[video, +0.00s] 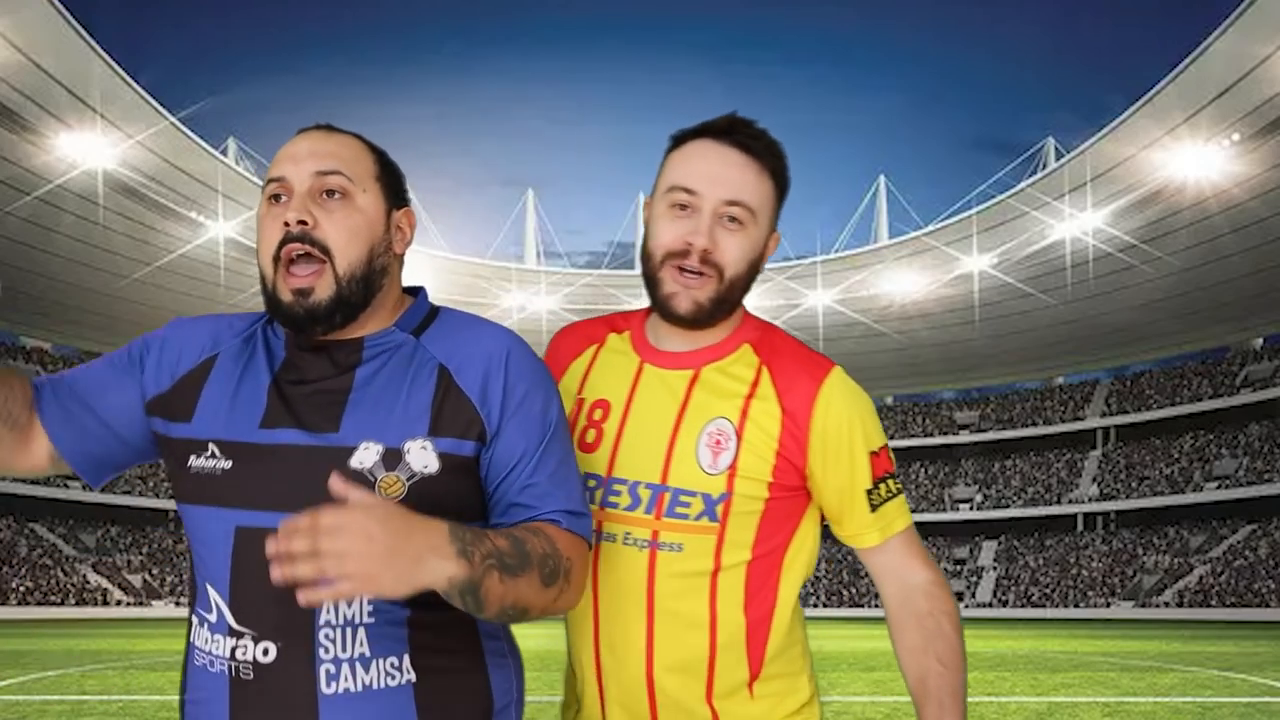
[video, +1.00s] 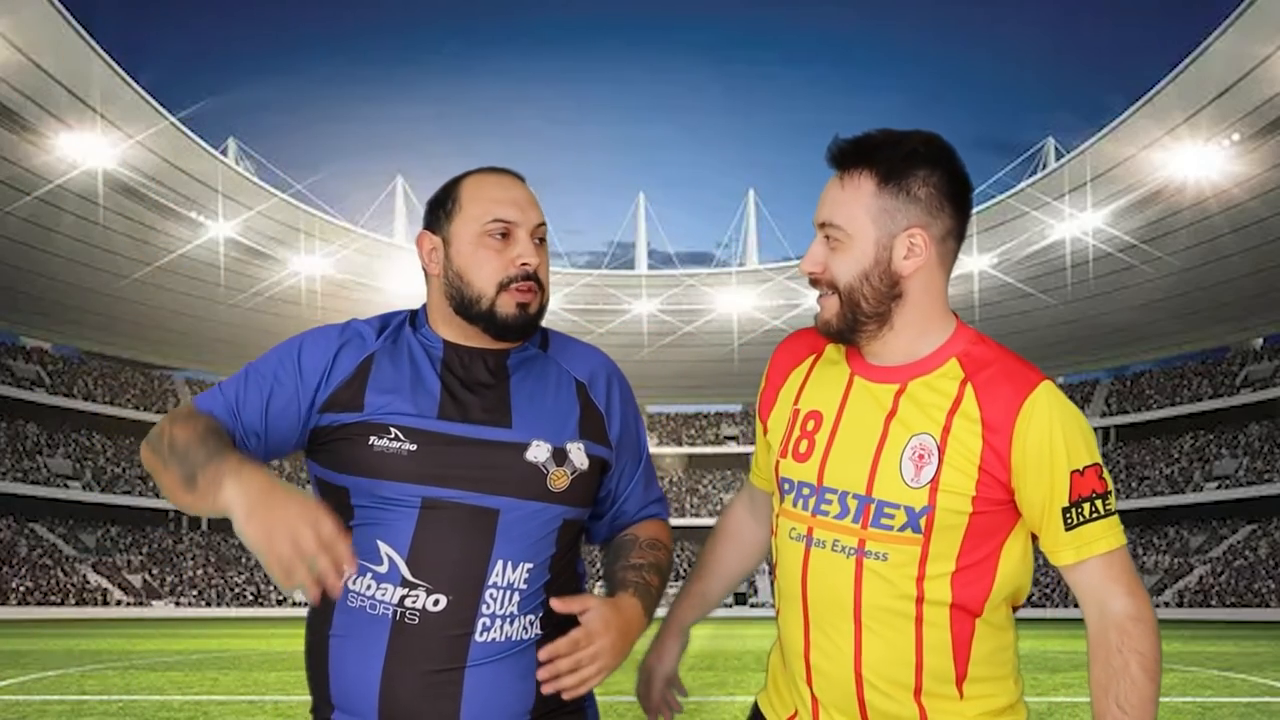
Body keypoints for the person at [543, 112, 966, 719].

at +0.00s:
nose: (698, 240)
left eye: (733, 220)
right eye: (681, 206)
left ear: (767, 248)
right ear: (647, 215)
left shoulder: (816, 397)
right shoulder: (571, 357)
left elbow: (912, 590)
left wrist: (944, 714)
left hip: (755, 706)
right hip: (593, 705)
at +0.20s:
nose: (684, 241)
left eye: (723, 224)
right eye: (683, 213)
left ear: (783, 256)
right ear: (671, 217)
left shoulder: (851, 393)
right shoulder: (609, 377)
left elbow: (952, 583)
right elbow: (552, 554)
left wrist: (1007, 712)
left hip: (820, 705)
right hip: (657, 705)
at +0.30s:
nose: (671, 243)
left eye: (705, 225)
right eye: (677, 221)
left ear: (779, 255)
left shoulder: (871, 391)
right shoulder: (627, 390)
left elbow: (970, 570)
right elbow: (584, 569)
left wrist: (1032, 712)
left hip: (847, 705)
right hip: (683, 706)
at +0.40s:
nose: (693, 246)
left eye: (725, 224)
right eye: (694, 224)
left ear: (798, 246)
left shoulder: (891, 386)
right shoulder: (654, 387)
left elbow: (990, 572)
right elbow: (619, 577)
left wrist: (1052, 712)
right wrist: (573, 697)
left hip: (865, 705)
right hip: (703, 705)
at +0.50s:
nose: (718, 246)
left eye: (751, 220)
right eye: (715, 224)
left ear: (821, 242)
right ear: (707, 238)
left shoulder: (910, 387)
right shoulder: (684, 381)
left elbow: (1012, 577)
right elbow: (655, 561)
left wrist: (1071, 717)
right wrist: (589, 689)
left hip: (872, 708)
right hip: (713, 709)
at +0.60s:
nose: (731, 248)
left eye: (761, 224)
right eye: (735, 224)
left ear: (839, 241)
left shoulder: (936, 392)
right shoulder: (716, 379)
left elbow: (1036, 588)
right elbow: (696, 551)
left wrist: (1080, 712)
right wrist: (603, 654)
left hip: (883, 702)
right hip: (725, 704)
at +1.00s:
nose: (809, 265)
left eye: (832, 237)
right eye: (818, 236)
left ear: (910, 252)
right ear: (907, 252)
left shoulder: (1023, 408)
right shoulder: (794, 365)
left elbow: (1120, 617)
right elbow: (755, 506)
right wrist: (673, 626)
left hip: (952, 708)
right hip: (786, 708)